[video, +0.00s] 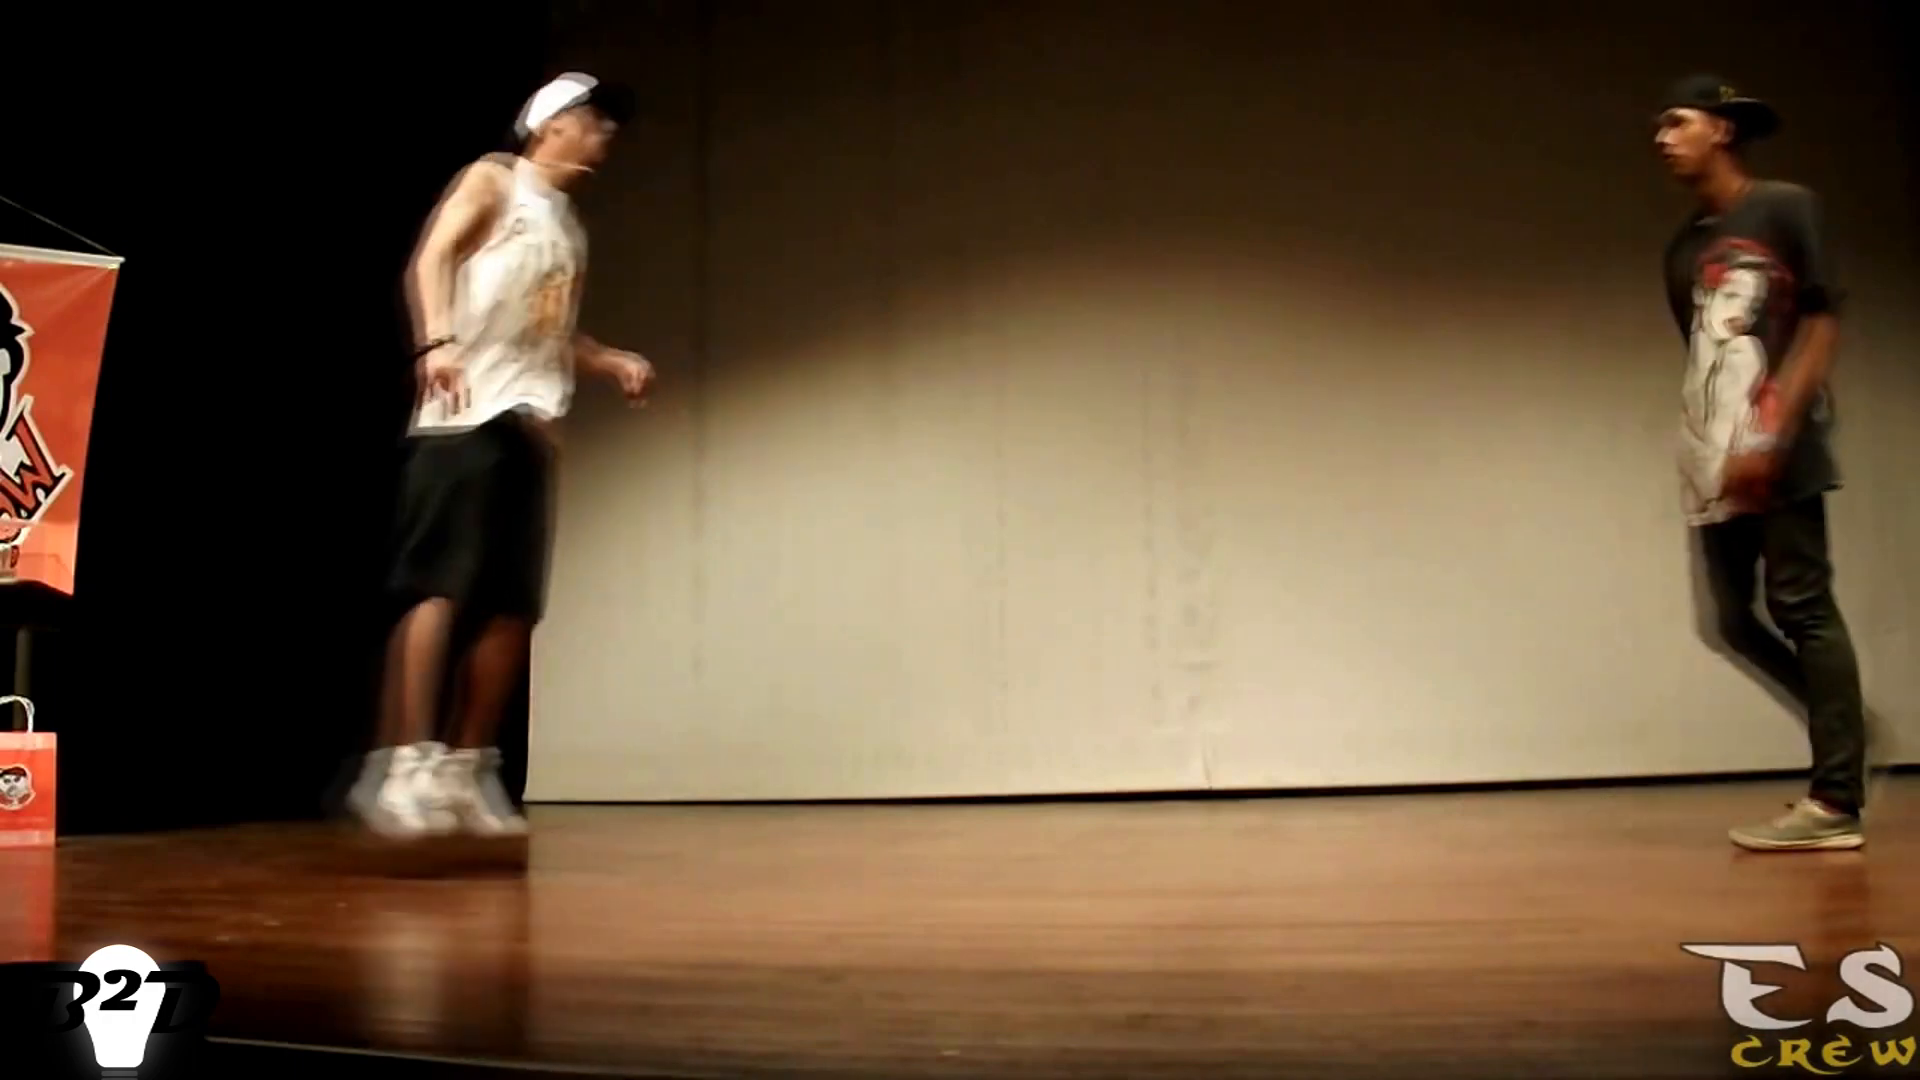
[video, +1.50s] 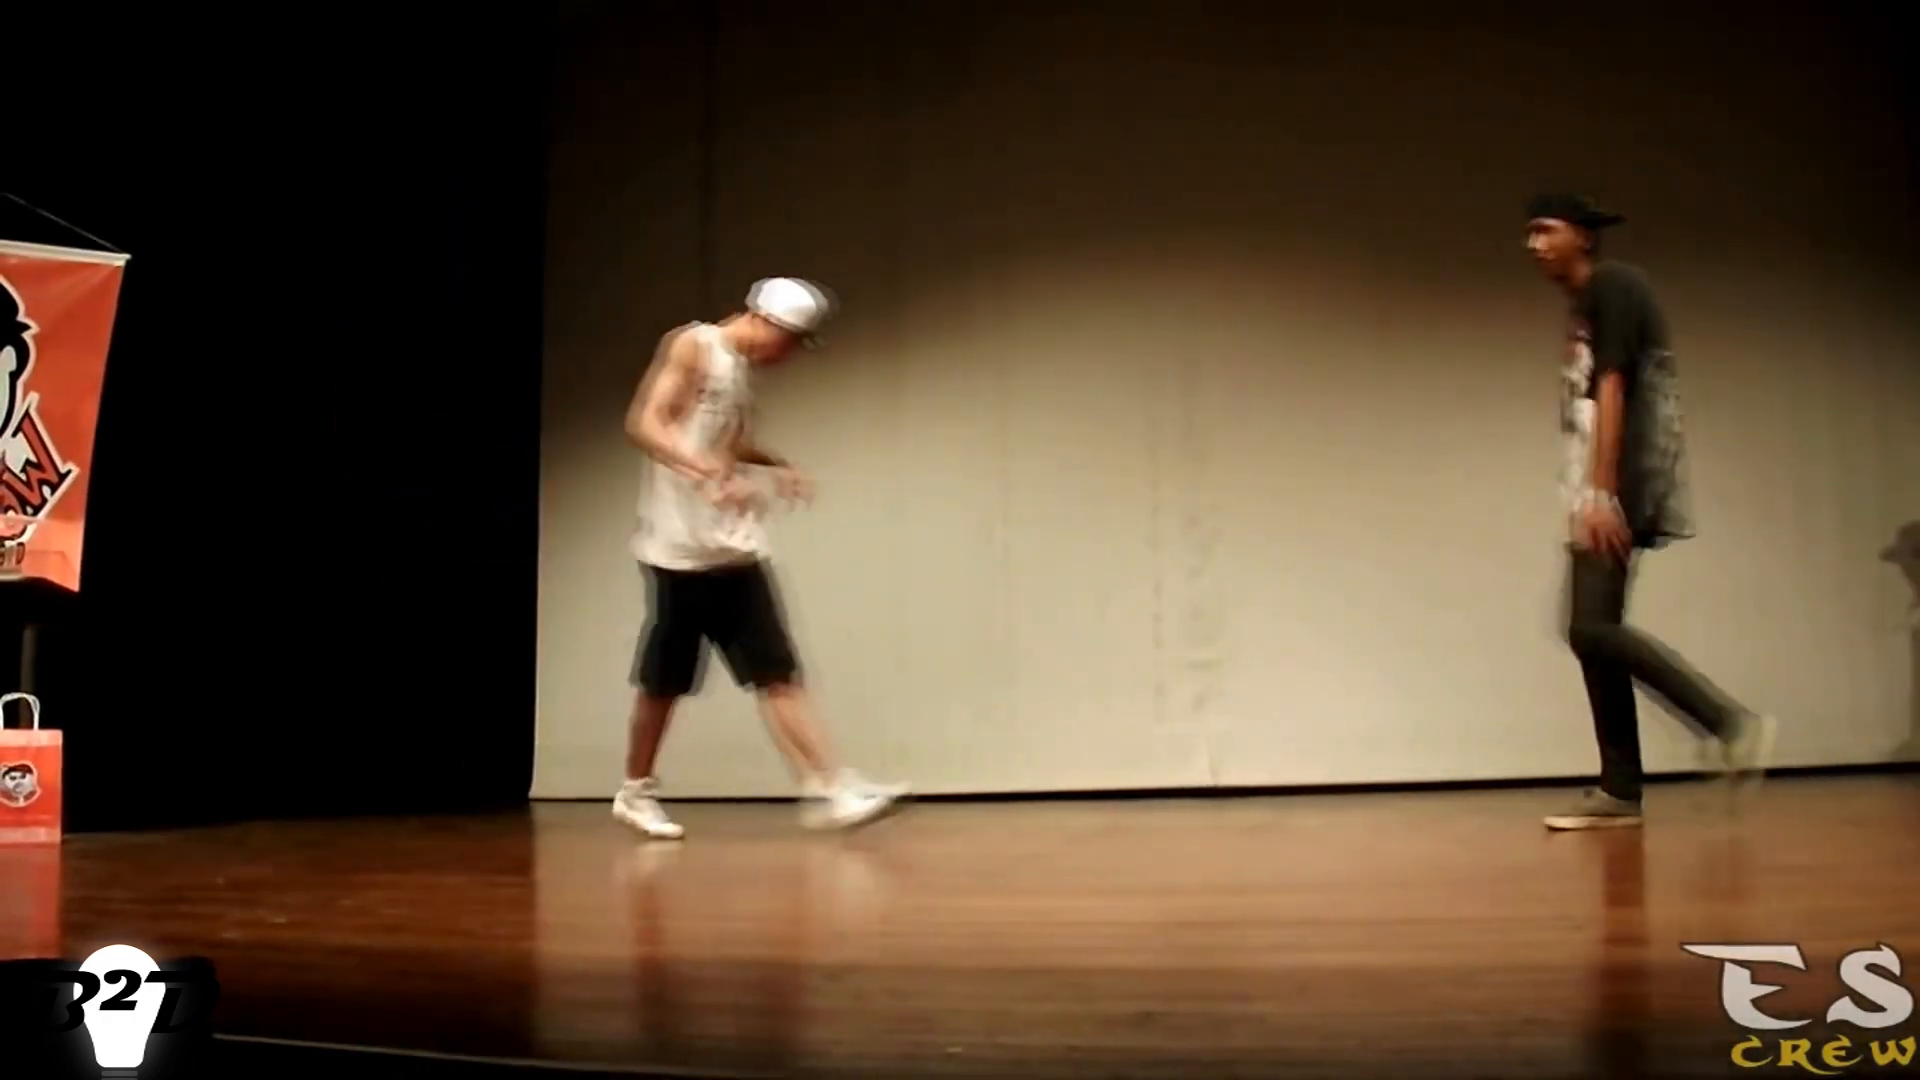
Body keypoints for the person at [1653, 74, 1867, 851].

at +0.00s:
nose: (1661, 139)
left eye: (1676, 125)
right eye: (1660, 128)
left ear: (1721, 131)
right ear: (1686, 142)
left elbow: (1821, 324)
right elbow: (1706, 361)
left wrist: (1768, 436)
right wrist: (1708, 454)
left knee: (1803, 606)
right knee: (1730, 621)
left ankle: (1836, 804)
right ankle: (1854, 728)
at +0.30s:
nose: (1711, 182)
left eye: (1724, 168)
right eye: (1706, 171)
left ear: (1764, 175)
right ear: (1710, 186)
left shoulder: (1812, 248)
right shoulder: (1732, 281)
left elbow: (1878, 348)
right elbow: (1725, 393)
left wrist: (1911, 454)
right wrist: (1684, 484)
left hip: (1830, 463)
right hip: (1791, 474)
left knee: (1777, 609)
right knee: (1881, 626)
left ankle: (1826, 792)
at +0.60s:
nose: (1698, 201)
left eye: (1710, 187)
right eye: (1695, 191)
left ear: (1749, 191)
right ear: (1718, 202)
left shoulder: (1795, 249)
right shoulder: (1749, 285)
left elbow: (1873, 334)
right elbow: (1750, 398)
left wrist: (1907, 441)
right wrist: (1688, 485)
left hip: (1819, 473)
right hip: (1809, 475)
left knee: (1767, 621)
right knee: (1876, 617)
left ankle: (1824, 778)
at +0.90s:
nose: (1659, 232)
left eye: (1665, 219)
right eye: (1658, 219)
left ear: (1695, 216)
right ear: (1699, 216)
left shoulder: (1744, 261)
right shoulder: (1730, 270)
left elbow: (1769, 362)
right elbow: (1736, 378)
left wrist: (1759, 462)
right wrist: (1723, 464)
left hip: (1787, 480)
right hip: (1769, 479)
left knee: (1780, 626)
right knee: (1747, 618)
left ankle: (1834, 788)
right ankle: (1875, 716)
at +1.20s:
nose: (1609, 237)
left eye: (1620, 224)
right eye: (1608, 226)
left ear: (1655, 226)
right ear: (1641, 233)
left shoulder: (1678, 268)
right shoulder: (1666, 281)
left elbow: (1679, 337)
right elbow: (1671, 355)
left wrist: (1606, 374)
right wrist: (1599, 373)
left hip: (1729, 493)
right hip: (1707, 496)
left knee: (1767, 634)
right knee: (1663, 631)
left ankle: (1835, 784)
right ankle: (1638, 784)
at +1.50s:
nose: (1534, 243)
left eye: (1546, 231)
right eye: (1532, 233)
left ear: (1582, 236)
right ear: (1558, 244)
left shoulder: (1613, 289)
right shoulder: (1592, 300)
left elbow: (1611, 395)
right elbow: (1602, 404)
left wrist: (1602, 492)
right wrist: (1593, 496)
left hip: (1616, 497)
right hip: (1600, 499)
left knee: (1594, 630)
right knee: (1595, 634)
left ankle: (1733, 725)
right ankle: (1620, 790)